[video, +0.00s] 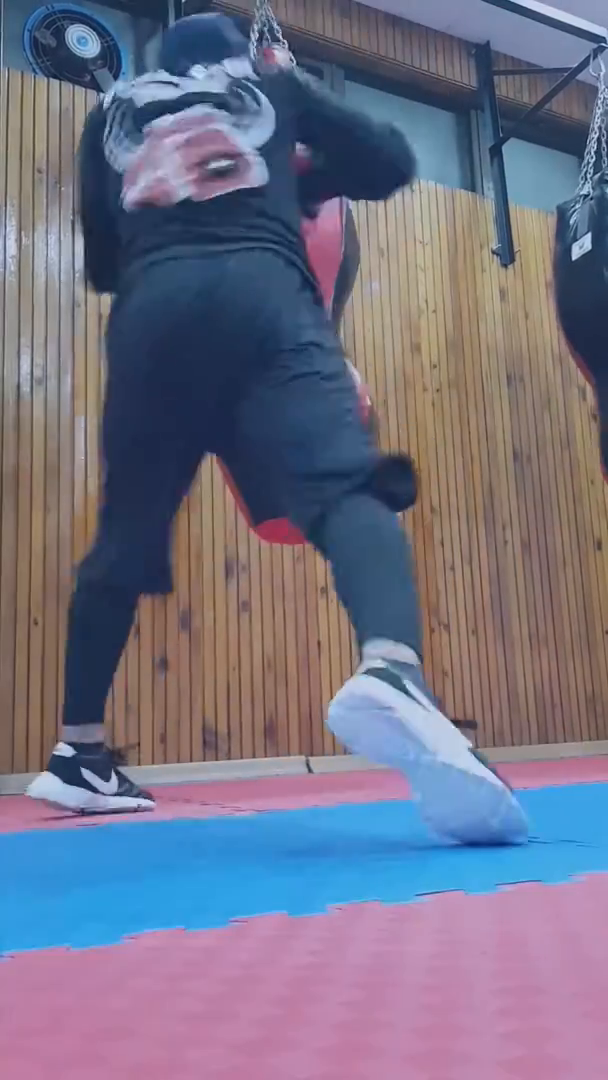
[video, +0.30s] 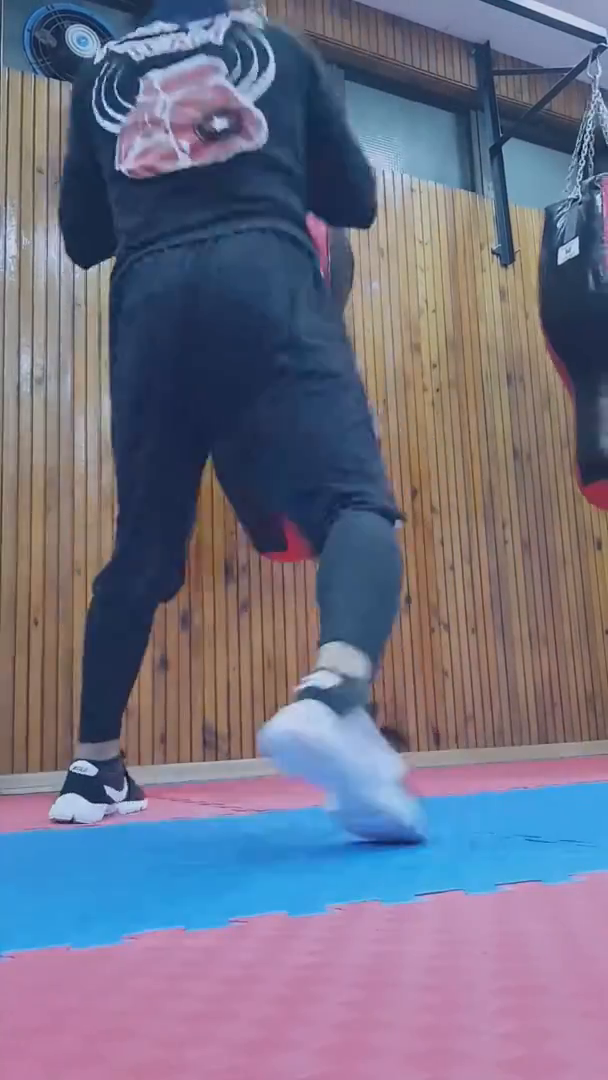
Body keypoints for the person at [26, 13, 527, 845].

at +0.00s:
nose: (260, 55)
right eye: (253, 46)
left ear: (164, 60)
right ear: (244, 50)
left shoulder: (112, 112)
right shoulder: (271, 87)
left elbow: (104, 262)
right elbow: (389, 165)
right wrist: (301, 180)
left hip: (151, 295)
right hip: (262, 278)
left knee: (126, 530)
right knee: (340, 487)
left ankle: (79, 749)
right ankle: (391, 668)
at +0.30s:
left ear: (141, 9)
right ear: (228, 4)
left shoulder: (100, 76)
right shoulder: (282, 50)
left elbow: (85, 238)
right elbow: (351, 200)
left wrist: (166, 174)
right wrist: (268, 157)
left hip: (151, 289)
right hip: (264, 266)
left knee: (141, 540)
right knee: (356, 499)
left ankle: (93, 766)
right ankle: (337, 693)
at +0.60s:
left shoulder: (159, 14)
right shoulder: (342, 2)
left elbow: (90, 123)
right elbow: (397, 132)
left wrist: (193, 137)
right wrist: (317, 68)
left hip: (158, 222)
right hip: (271, 191)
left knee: (170, 511)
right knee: (392, 468)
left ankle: (144, 756)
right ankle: (314, 719)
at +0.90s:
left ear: (240, 11)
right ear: (302, 3)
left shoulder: (197, 69)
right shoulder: (318, 15)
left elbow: (253, 251)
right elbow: (346, 176)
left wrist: (374, 229)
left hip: (113, 293)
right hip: (212, 268)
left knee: (157, 538)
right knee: (411, 502)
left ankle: (31, 741)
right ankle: (394, 750)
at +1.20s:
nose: (45, 73)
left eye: (47, 59)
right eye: (50, 61)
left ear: (59, 53)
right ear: (116, 63)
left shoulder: (69, 82)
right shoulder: (172, 142)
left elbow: (60, 195)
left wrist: (14, 235)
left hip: (118, 322)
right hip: (226, 325)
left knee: (30, 549)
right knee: (274, 542)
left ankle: (12, 761)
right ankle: (442, 656)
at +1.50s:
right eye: (207, 29)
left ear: (114, 50)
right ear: (197, 37)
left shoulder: (71, 112)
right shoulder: (244, 94)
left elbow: (36, 262)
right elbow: (318, 245)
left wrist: (105, 176)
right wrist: (229, 186)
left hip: (130, 342)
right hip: (248, 326)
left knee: (78, 557)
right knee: (357, 535)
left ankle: (19, 765)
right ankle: (382, 716)